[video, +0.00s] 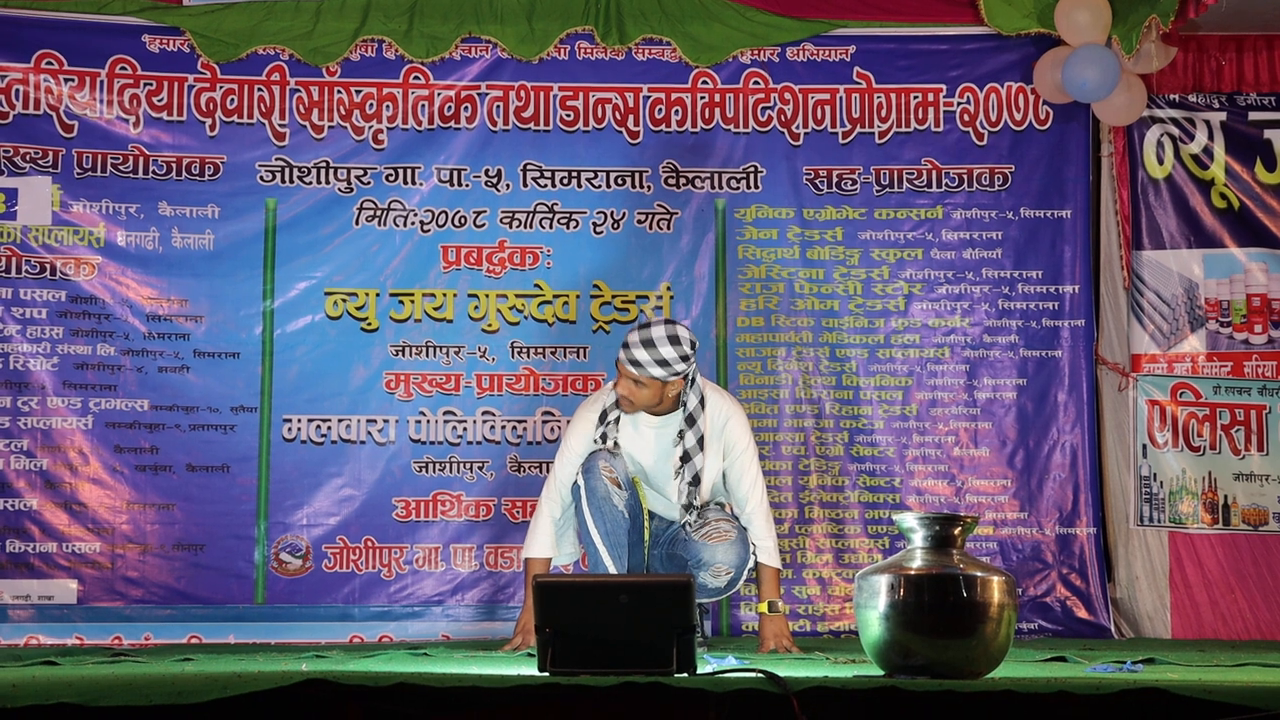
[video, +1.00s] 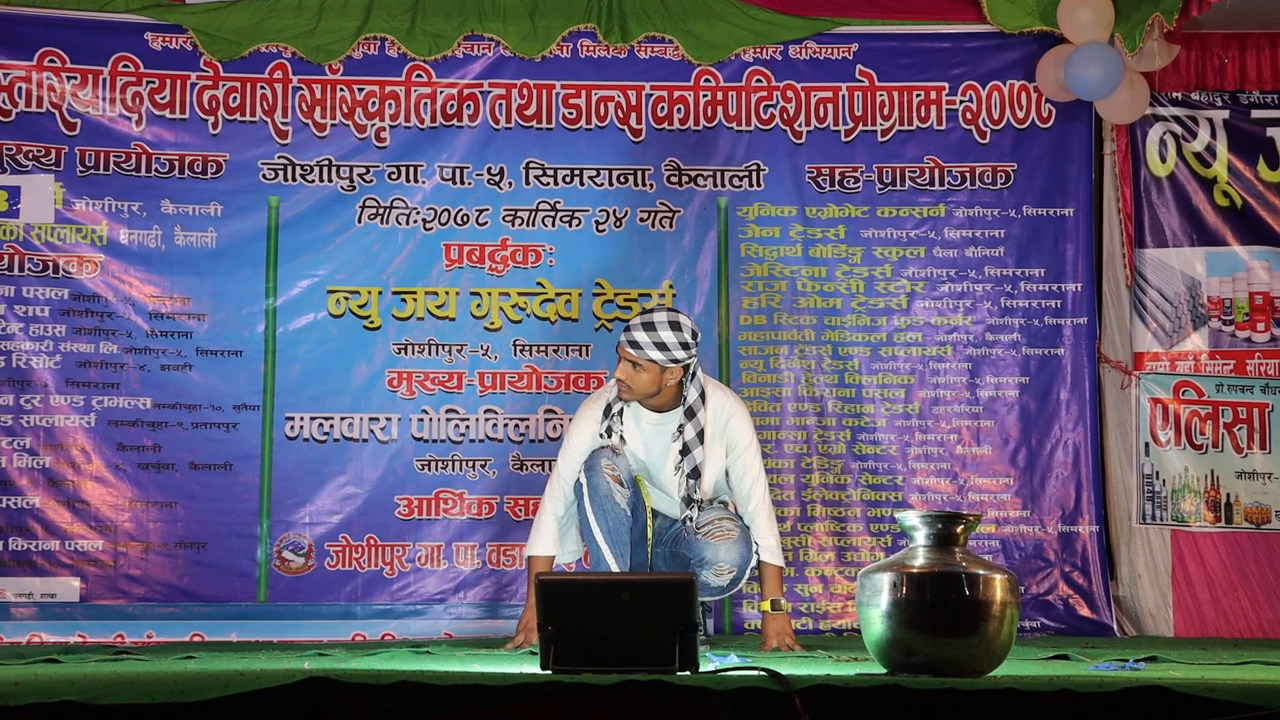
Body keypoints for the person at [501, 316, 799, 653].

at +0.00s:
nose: (619, 388)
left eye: (635, 383)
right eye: (619, 374)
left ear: (673, 386)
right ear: (617, 364)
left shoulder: (724, 415)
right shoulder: (596, 413)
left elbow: (756, 509)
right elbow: (551, 503)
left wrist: (772, 609)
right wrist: (531, 604)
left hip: (685, 542)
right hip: (624, 535)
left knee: (726, 546)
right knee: (599, 465)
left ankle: (683, 615)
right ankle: (616, 611)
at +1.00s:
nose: (618, 374)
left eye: (634, 367)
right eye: (619, 360)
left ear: (673, 374)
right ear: (617, 355)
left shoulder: (726, 413)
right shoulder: (598, 410)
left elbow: (758, 507)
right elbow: (555, 502)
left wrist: (774, 608)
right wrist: (534, 603)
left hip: (691, 537)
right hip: (629, 530)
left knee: (728, 549)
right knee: (603, 462)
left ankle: (690, 609)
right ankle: (619, 605)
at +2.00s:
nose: (617, 376)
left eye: (632, 367)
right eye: (617, 362)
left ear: (672, 374)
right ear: (615, 357)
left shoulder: (723, 413)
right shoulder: (596, 415)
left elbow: (759, 505)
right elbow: (562, 502)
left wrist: (775, 605)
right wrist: (517, 570)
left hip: (692, 538)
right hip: (628, 533)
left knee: (730, 550)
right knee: (601, 461)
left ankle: (685, 614)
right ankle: (620, 606)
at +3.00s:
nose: (618, 375)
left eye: (635, 367)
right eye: (619, 360)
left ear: (674, 373)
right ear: (617, 354)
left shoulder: (723, 413)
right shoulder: (596, 411)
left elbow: (760, 506)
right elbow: (555, 502)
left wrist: (776, 608)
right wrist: (543, 606)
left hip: (691, 537)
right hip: (628, 530)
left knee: (732, 549)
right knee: (598, 463)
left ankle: (686, 609)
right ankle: (621, 605)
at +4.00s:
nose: (622, 375)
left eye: (638, 368)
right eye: (622, 361)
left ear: (677, 374)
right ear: (620, 355)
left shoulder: (725, 414)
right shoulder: (597, 411)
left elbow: (760, 507)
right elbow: (558, 503)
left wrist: (777, 609)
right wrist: (543, 608)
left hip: (691, 540)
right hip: (629, 532)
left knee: (733, 546)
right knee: (601, 463)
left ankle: (687, 611)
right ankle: (620, 608)